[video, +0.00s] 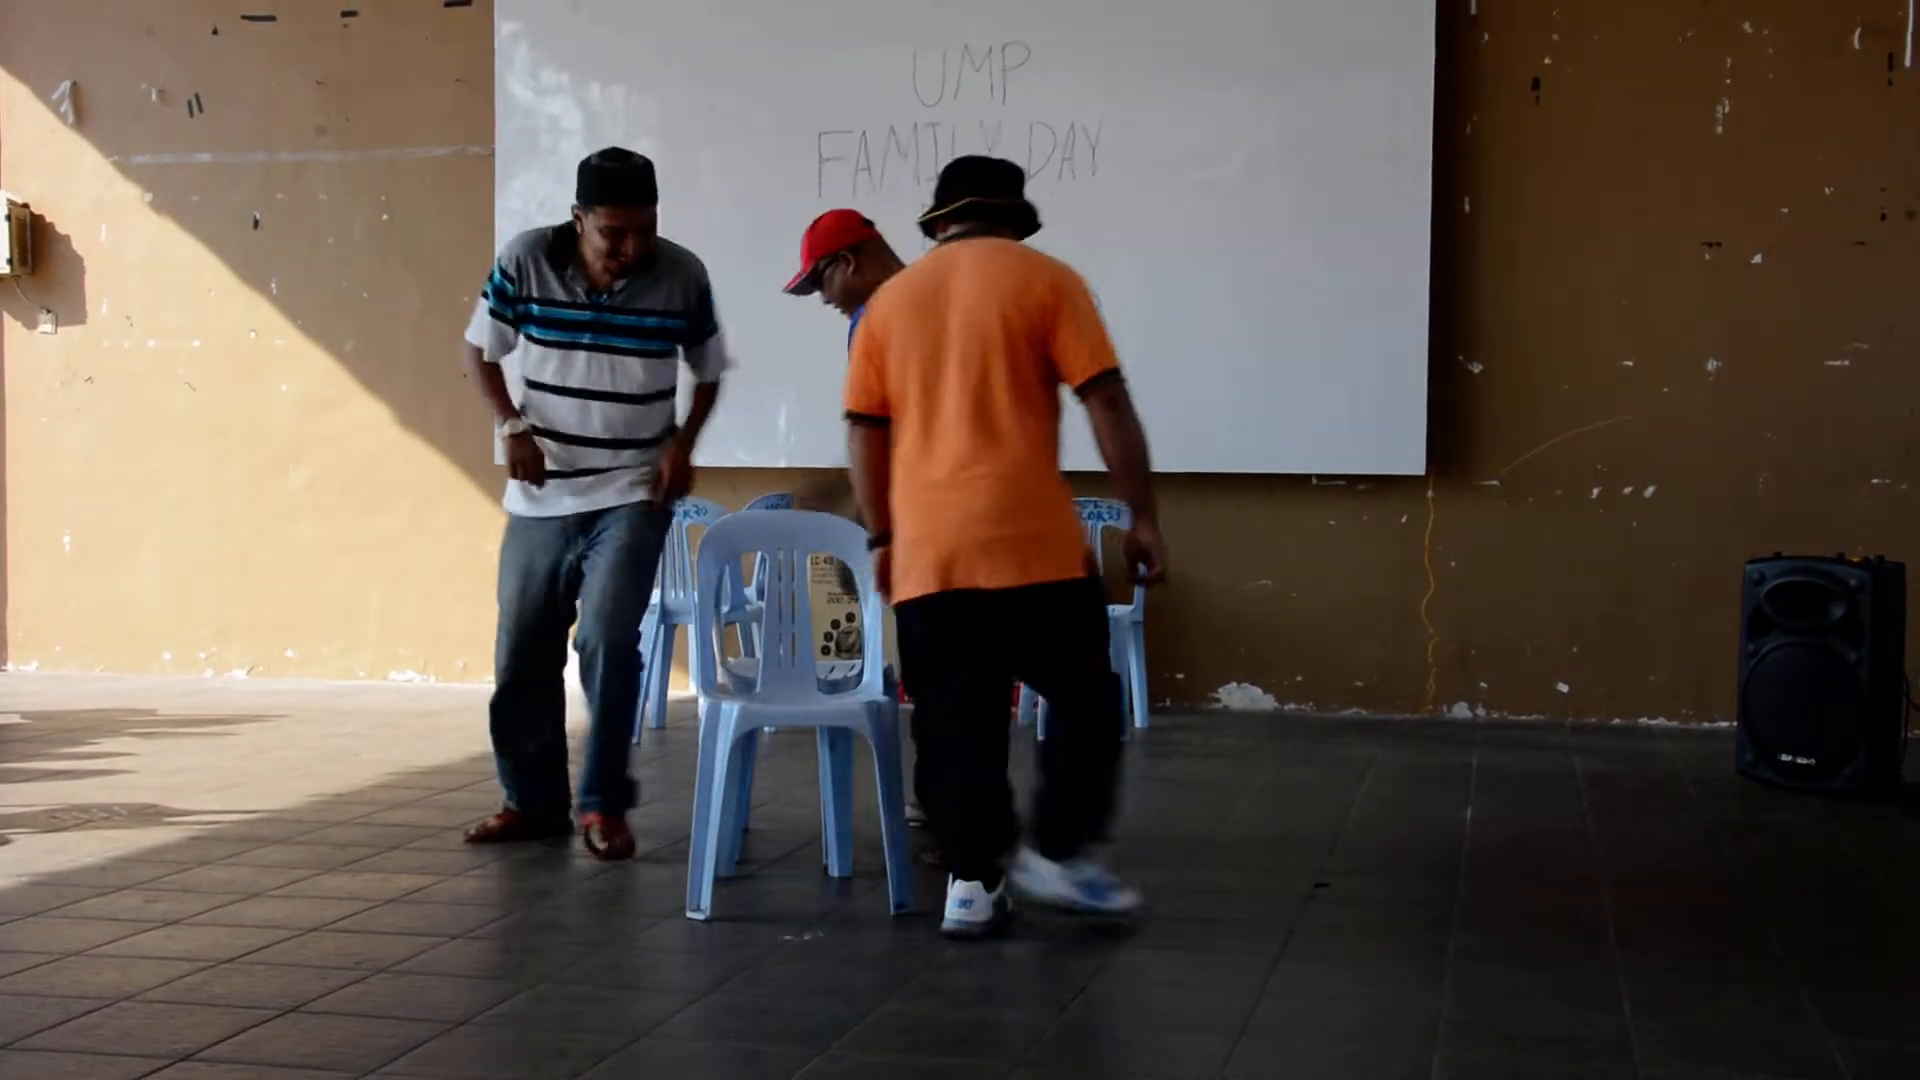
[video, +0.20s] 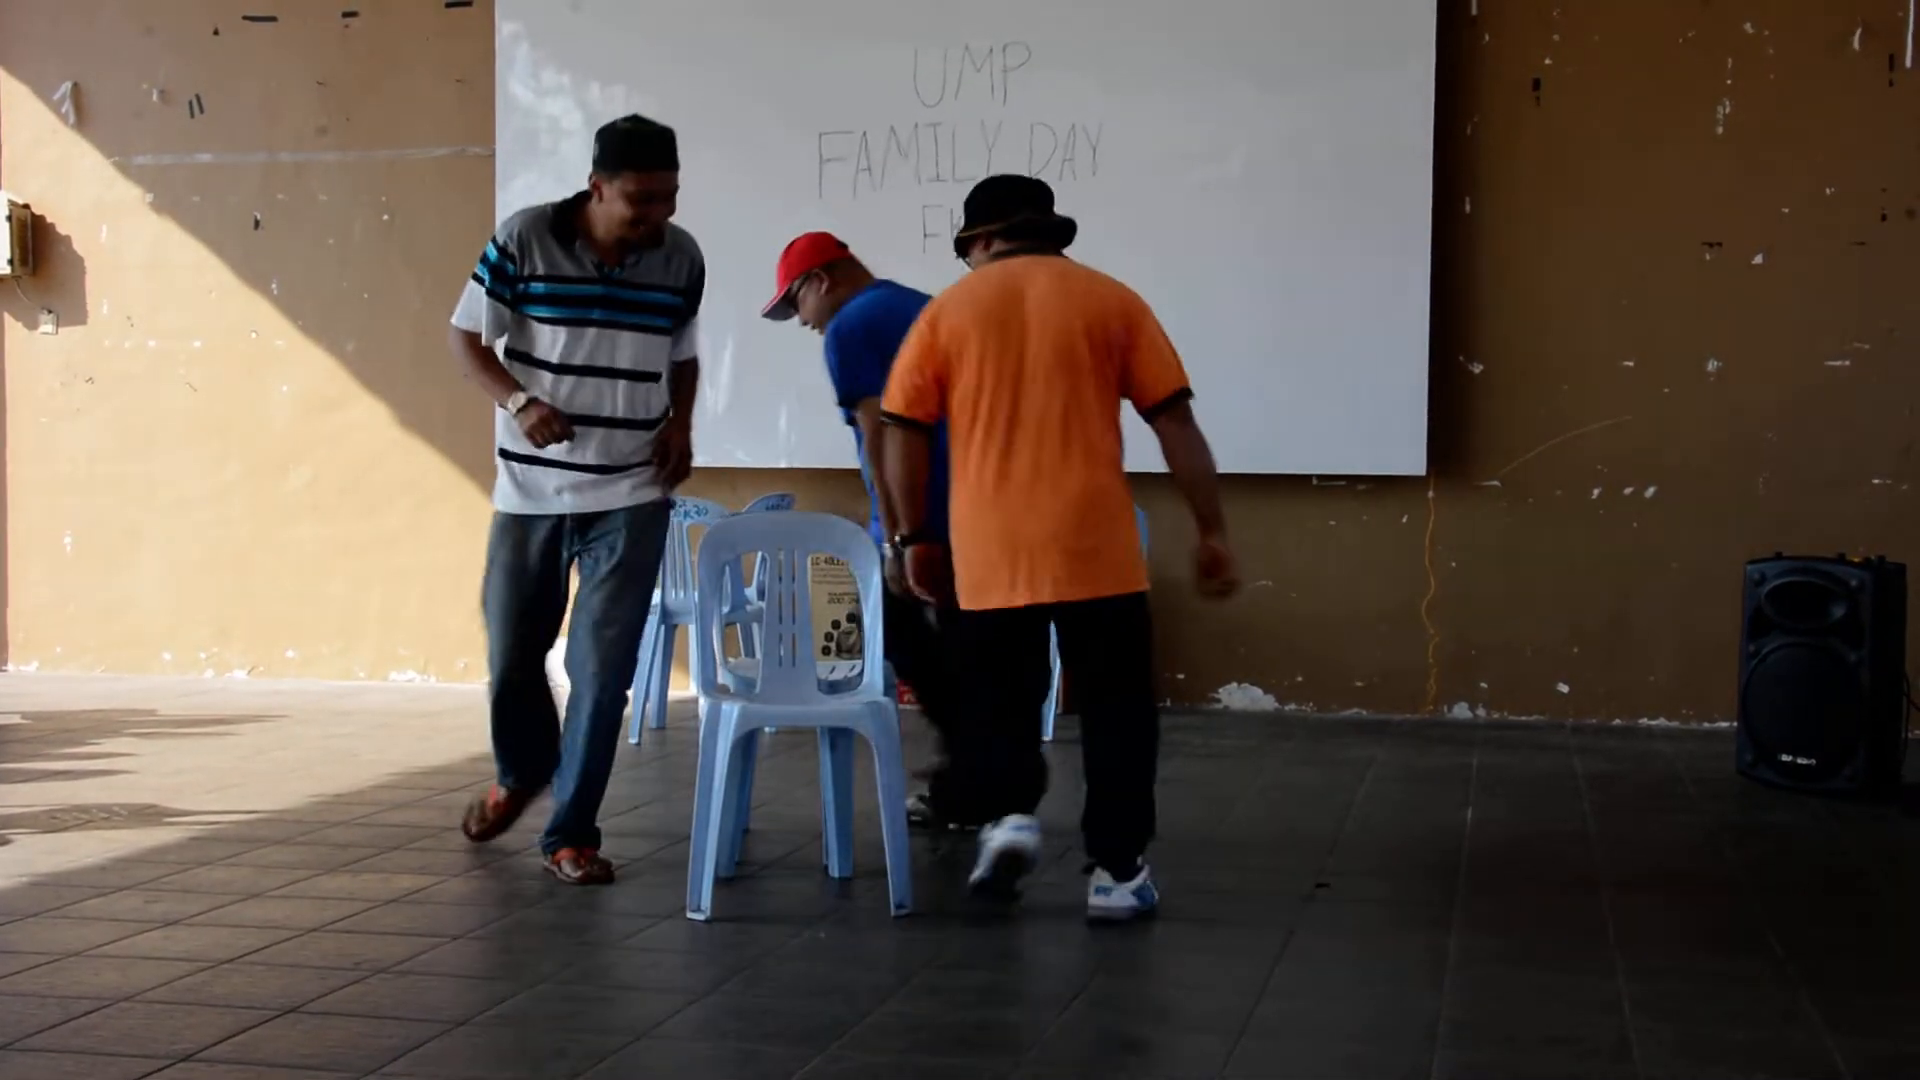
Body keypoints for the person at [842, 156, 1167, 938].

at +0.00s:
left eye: (930, 230)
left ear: (939, 223)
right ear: (1017, 219)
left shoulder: (887, 302)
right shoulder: (1046, 280)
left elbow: (866, 435)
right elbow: (1107, 402)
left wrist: (880, 535)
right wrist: (1141, 515)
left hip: (928, 553)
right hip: (1034, 543)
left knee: (954, 722)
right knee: (1087, 698)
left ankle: (970, 882)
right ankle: (1058, 855)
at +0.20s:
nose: (965, 262)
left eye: (966, 250)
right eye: (965, 251)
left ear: (987, 241)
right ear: (1053, 237)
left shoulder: (950, 309)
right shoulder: (1110, 299)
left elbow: (900, 425)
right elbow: (1174, 422)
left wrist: (911, 534)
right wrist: (1211, 528)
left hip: (990, 553)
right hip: (1098, 549)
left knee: (1000, 696)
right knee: (1118, 712)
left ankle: (1010, 815)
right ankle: (1117, 872)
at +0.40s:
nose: (960, 291)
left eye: (961, 276)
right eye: (959, 277)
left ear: (982, 265)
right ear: (1041, 258)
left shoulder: (970, 333)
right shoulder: (1116, 311)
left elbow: (925, 456)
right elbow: (1192, 410)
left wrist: (888, 542)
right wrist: (1200, 518)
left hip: (1022, 549)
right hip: (1130, 542)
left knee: (999, 702)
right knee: (1139, 679)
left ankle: (1026, 852)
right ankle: (1141, 804)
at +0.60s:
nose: (980, 310)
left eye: (981, 293)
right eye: (976, 296)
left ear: (1009, 279)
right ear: (1051, 273)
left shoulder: (1011, 350)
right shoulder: (1140, 325)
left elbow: (967, 470)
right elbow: (1204, 420)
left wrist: (901, 547)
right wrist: (1179, 505)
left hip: (1060, 565)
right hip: (1161, 556)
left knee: (1002, 696)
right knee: (1160, 684)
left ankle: (1030, 851)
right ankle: (1212, 830)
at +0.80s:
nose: (1011, 285)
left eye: (1012, 268)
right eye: (1006, 271)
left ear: (1043, 256)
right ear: (1074, 251)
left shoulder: (1055, 323)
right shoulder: (1162, 307)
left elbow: (1032, 438)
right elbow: (1196, 409)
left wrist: (971, 529)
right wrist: (1140, 473)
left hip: (1085, 542)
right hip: (1178, 535)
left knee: (1046, 672)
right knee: (1177, 680)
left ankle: (1086, 817)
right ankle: (1213, 825)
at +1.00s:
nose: (1009, 285)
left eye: (1010, 270)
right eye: (1005, 273)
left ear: (1040, 258)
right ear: (1076, 253)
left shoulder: (1050, 314)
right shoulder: (1147, 309)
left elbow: (1048, 426)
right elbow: (1172, 417)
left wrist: (1036, 534)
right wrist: (1114, 475)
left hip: (1087, 541)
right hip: (1162, 539)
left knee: (1063, 679)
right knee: (1127, 650)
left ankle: (1106, 819)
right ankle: (1189, 761)